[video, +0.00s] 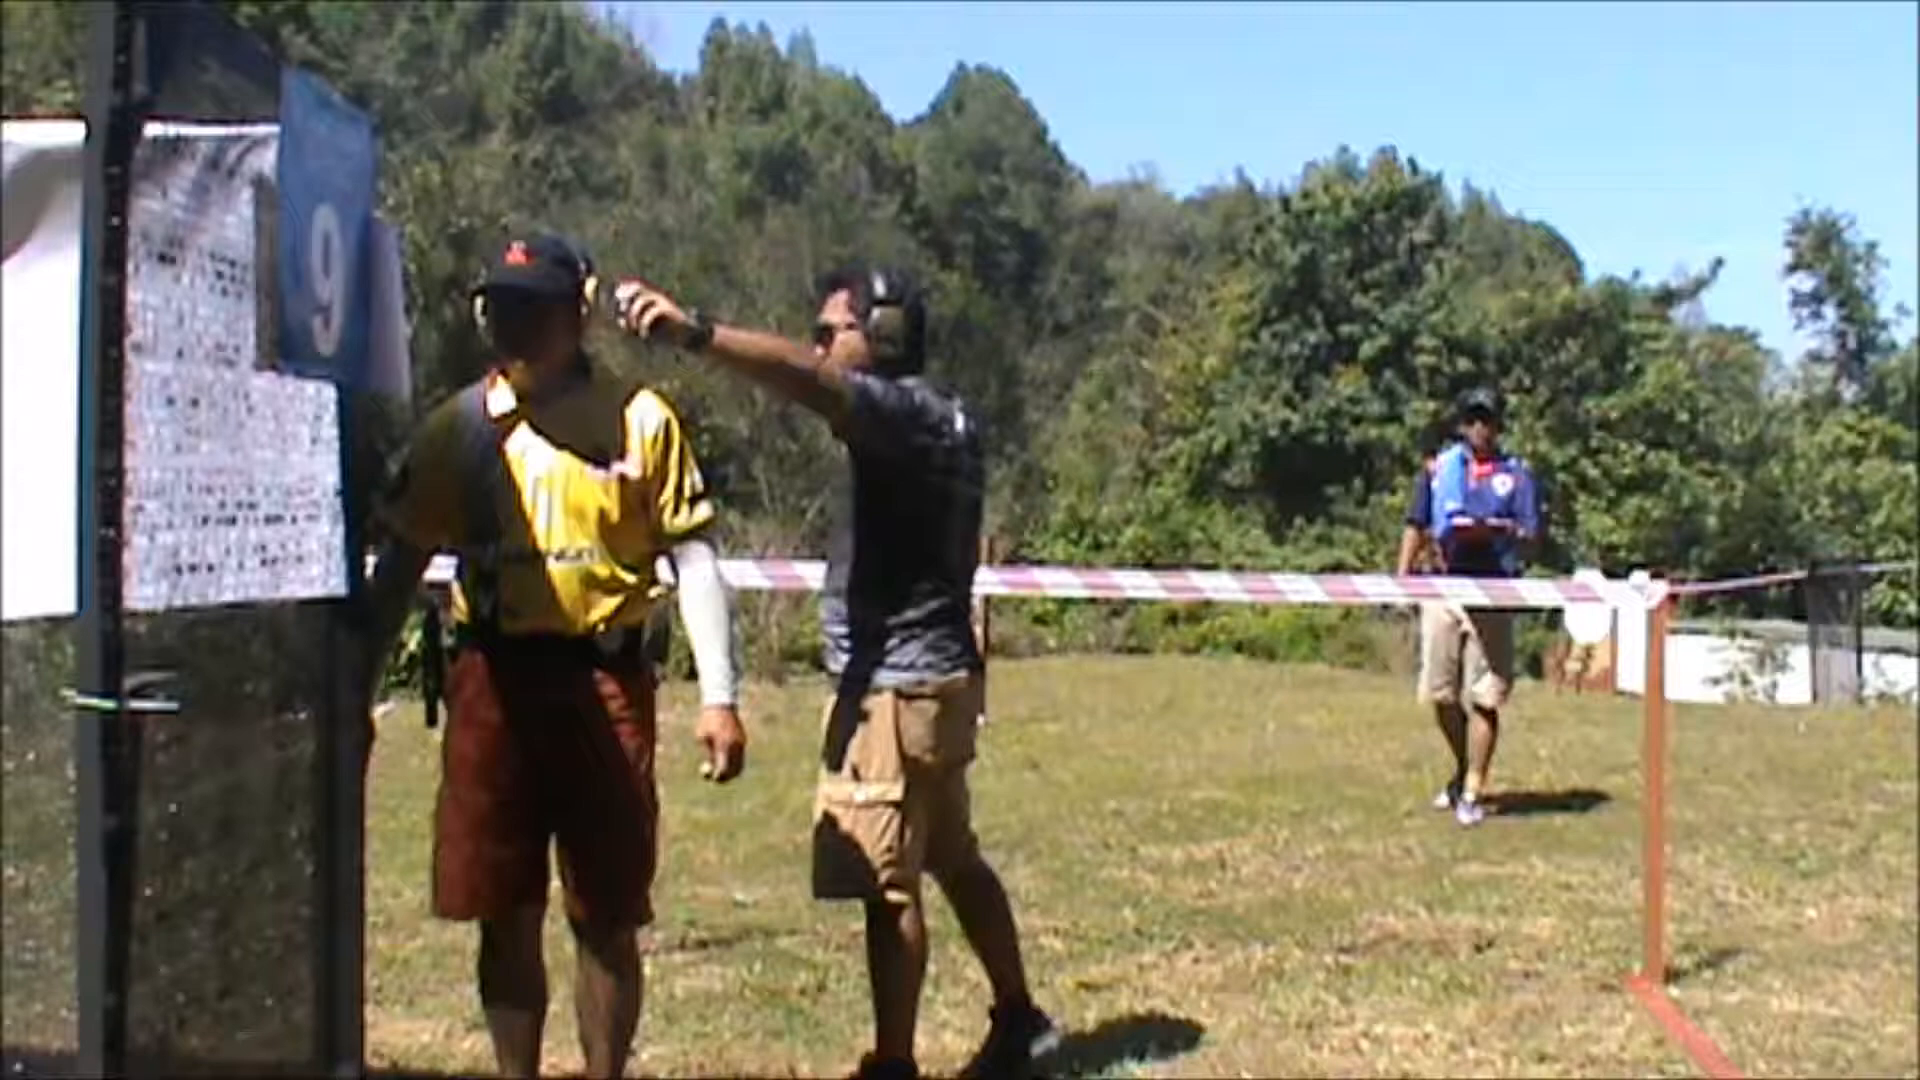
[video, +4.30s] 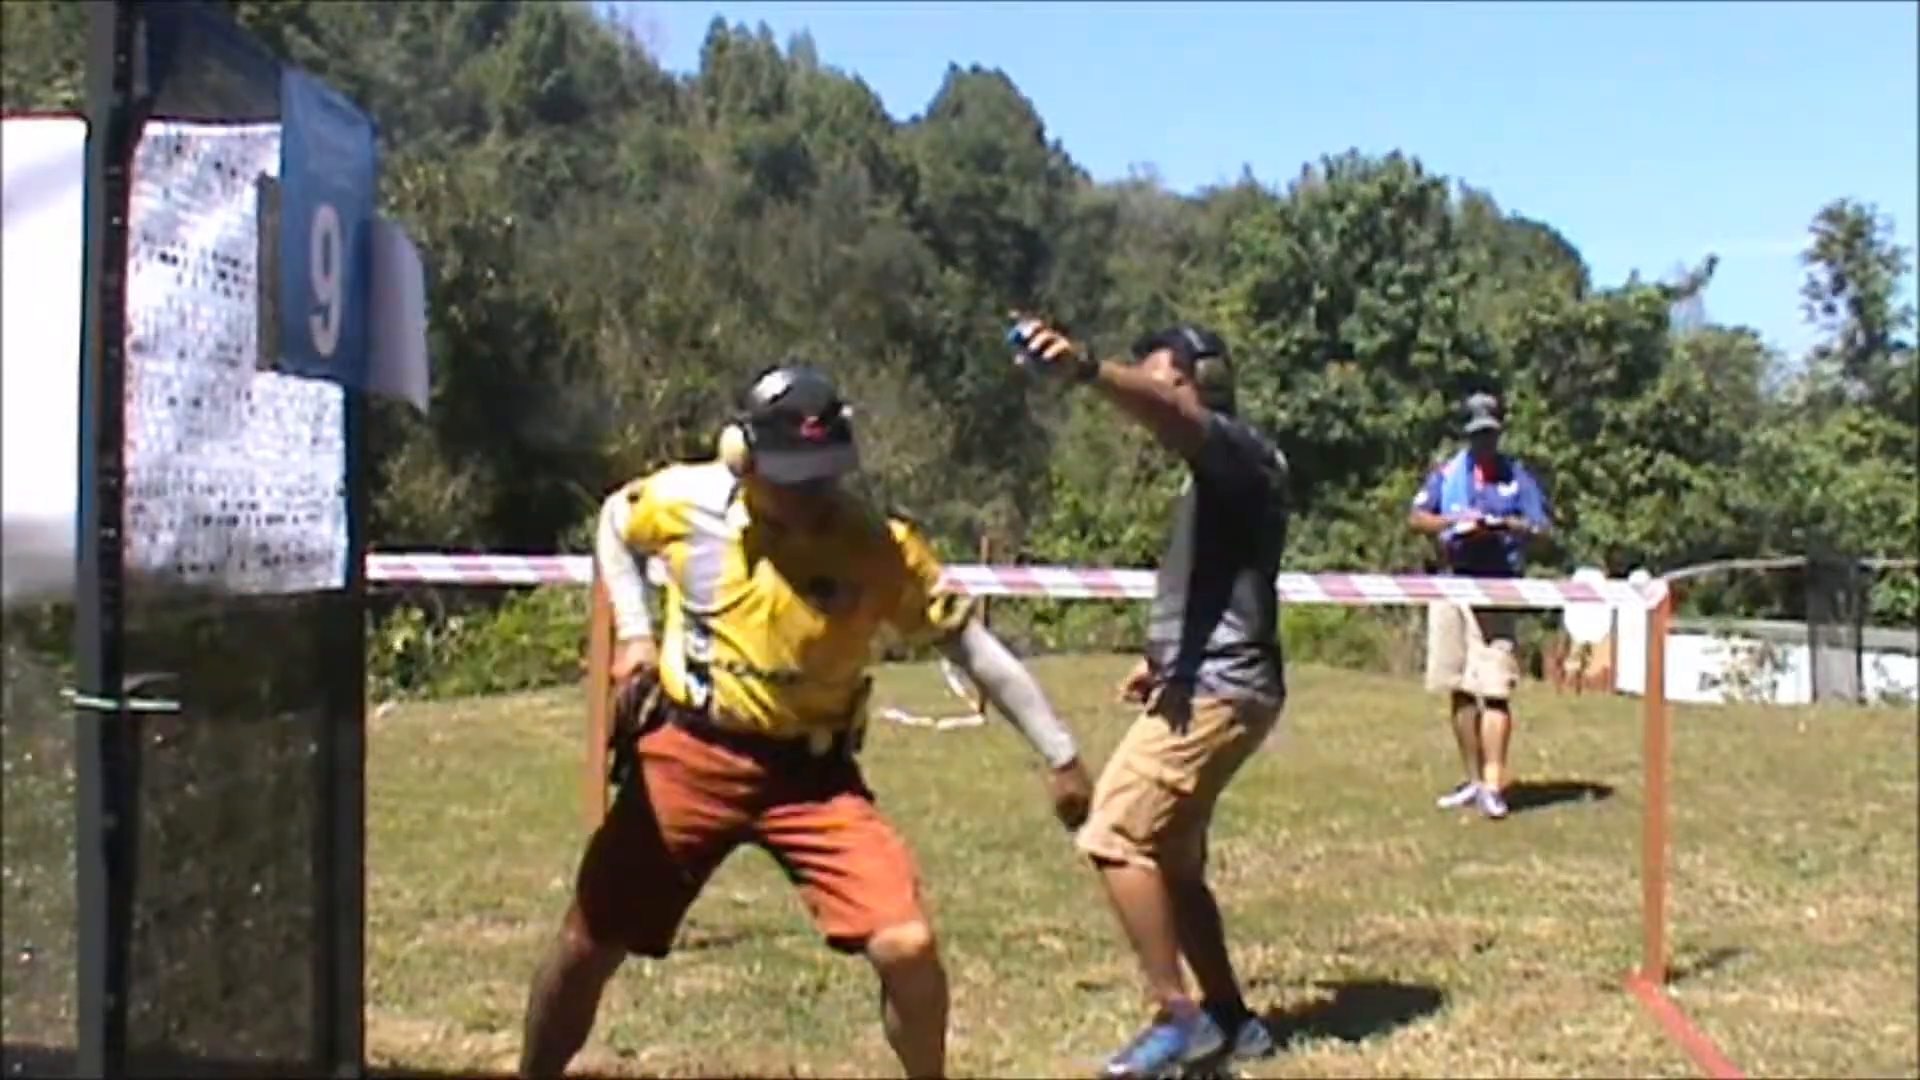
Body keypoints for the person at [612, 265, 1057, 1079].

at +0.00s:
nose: (817, 349)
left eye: (832, 332)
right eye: (819, 333)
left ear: (887, 337)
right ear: (894, 343)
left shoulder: (903, 412)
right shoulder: (947, 417)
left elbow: (809, 377)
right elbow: (961, 556)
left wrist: (694, 333)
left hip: (900, 674)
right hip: (935, 669)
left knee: (888, 875)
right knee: (953, 856)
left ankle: (891, 1057)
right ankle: (1019, 1014)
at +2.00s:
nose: (857, 357)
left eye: (870, 341)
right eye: (857, 341)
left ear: (920, 342)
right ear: (940, 346)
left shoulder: (930, 412)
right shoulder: (1003, 424)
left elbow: (843, 379)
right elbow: (1015, 560)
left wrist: (734, 332)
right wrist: (995, 642)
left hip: (939, 674)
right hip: (998, 669)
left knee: (939, 878)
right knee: (1001, 866)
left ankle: (955, 1054)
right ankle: (1040, 1031)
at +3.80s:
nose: (903, 373)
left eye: (913, 357)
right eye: (902, 357)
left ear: (954, 355)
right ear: (985, 355)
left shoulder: (982, 419)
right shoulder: (1048, 425)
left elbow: (893, 388)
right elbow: (1069, 550)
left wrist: (784, 352)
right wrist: (1040, 634)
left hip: (996, 676)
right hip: (1046, 672)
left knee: (935, 864)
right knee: (1031, 845)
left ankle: (950, 1050)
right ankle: (1123, 1004)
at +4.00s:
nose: (982, 396)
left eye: (994, 384)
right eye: (981, 383)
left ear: (1036, 386)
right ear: (1062, 390)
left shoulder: (1056, 445)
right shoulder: (1113, 461)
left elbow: (977, 409)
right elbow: (1084, 586)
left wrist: (882, 365)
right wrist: (1006, 618)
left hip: (1050, 696)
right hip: (1099, 695)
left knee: (948, 868)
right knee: (1071, 856)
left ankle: (952, 1052)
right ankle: (1198, 990)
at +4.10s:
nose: (1051, 414)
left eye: (1062, 397)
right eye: (1047, 399)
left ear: (1101, 392)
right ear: (1121, 397)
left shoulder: (1130, 459)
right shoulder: (1168, 469)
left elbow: (1055, 425)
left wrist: (963, 379)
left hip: (1110, 700)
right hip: (1155, 702)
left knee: (1015, 867)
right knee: (1122, 876)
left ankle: (957, 1041)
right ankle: (1226, 1012)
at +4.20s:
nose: (1096, 410)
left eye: (1105, 397)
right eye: (1093, 398)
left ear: (1143, 395)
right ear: (1151, 398)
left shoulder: (1174, 459)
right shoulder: (1201, 469)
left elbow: (1104, 418)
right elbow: (1180, 607)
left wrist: (1018, 378)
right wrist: (1109, 670)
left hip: (1155, 700)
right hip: (1193, 701)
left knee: (1053, 860)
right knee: (1147, 878)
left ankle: (1008, 1035)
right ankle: (1226, 1014)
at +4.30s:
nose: (1145, 386)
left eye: (1152, 373)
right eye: (1144, 375)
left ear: (1189, 376)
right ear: (1198, 380)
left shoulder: (1239, 451)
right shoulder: (1231, 460)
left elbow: (1168, 409)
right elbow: (1223, 582)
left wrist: (1088, 368)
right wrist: (1165, 659)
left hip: (1218, 685)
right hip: (1216, 683)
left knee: (1114, 838)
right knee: (1173, 856)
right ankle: (1227, 1013)